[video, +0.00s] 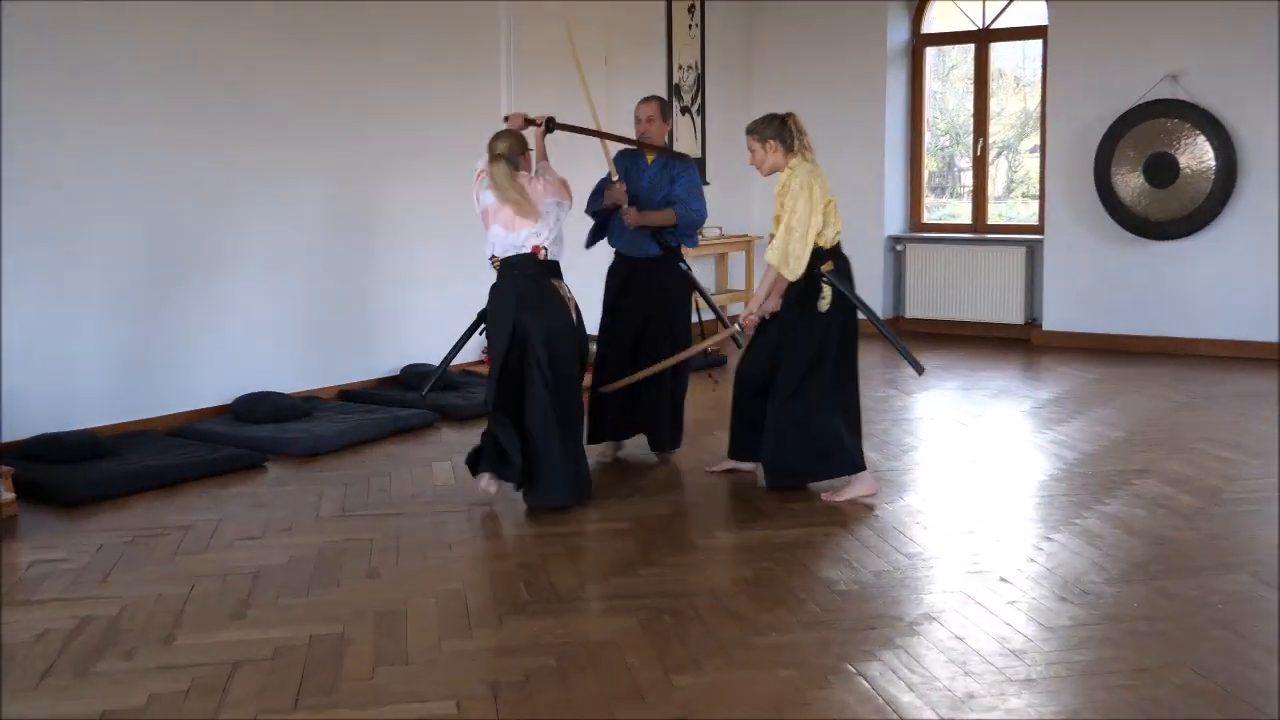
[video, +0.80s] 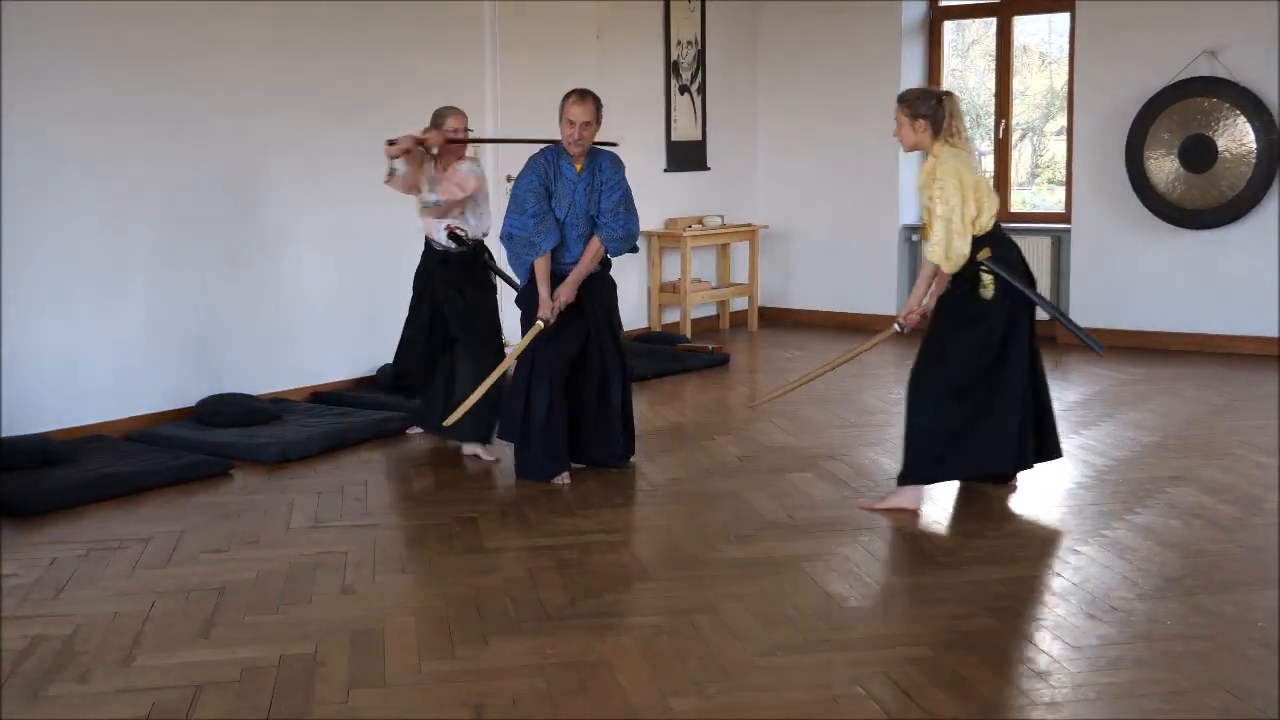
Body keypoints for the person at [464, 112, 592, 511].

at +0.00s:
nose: (529, 156)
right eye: (527, 152)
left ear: (493, 161)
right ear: (527, 156)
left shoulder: (485, 195)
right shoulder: (548, 188)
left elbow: (489, 163)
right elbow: (553, 178)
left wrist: (508, 130)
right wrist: (540, 146)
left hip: (506, 289)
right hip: (544, 287)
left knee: (511, 378)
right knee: (555, 380)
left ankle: (497, 463)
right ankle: (556, 480)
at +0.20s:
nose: (518, 135)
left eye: (515, 131)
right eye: (514, 131)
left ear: (482, 142)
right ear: (503, 140)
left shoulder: (478, 170)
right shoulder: (520, 169)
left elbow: (527, 143)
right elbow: (565, 147)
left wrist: (542, 97)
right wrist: (547, 98)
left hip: (483, 276)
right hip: (516, 277)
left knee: (512, 368)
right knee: (547, 369)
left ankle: (520, 463)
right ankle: (542, 481)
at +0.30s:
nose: (515, 125)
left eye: (512, 120)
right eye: (511, 120)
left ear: (480, 129)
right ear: (501, 126)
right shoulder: (501, 157)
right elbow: (552, 116)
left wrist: (551, 86)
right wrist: (532, 71)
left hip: (480, 267)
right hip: (499, 267)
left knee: (510, 360)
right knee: (523, 359)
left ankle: (533, 457)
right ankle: (525, 465)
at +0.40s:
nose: (508, 127)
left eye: (507, 121)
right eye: (504, 122)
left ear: (482, 128)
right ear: (487, 127)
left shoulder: (495, 168)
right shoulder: (478, 158)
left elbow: (541, 156)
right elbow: (522, 126)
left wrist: (551, 99)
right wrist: (530, 77)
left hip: (491, 267)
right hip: (476, 268)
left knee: (501, 354)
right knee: (494, 359)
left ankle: (483, 434)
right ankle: (462, 456)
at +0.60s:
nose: (482, 135)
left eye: (483, 128)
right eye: (473, 127)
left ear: (486, 131)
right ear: (451, 130)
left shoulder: (490, 166)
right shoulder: (440, 164)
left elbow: (505, 165)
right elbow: (464, 127)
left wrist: (507, 123)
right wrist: (512, 108)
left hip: (482, 266)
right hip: (446, 264)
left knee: (494, 348)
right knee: (436, 347)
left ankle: (469, 440)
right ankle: (410, 430)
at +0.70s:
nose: (471, 139)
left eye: (474, 131)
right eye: (463, 133)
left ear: (479, 135)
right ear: (445, 137)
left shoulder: (487, 171)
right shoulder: (431, 173)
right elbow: (423, 138)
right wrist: (474, 125)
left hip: (475, 268)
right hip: (439, 266)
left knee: (482, 348)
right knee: (436, 343)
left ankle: (467, 438)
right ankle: (420, 417)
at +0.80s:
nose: (462, 136)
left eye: (465, 130)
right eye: (454, 131)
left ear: (469, 134)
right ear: (436, 135)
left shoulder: (471, 171)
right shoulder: (424, 167)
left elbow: (442, 204)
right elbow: (401, 183)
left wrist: (420, 153)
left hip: (469, 266)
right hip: (434, 263)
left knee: (475, 347)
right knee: (430, 340)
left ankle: (473, 435)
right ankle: (427, 415)